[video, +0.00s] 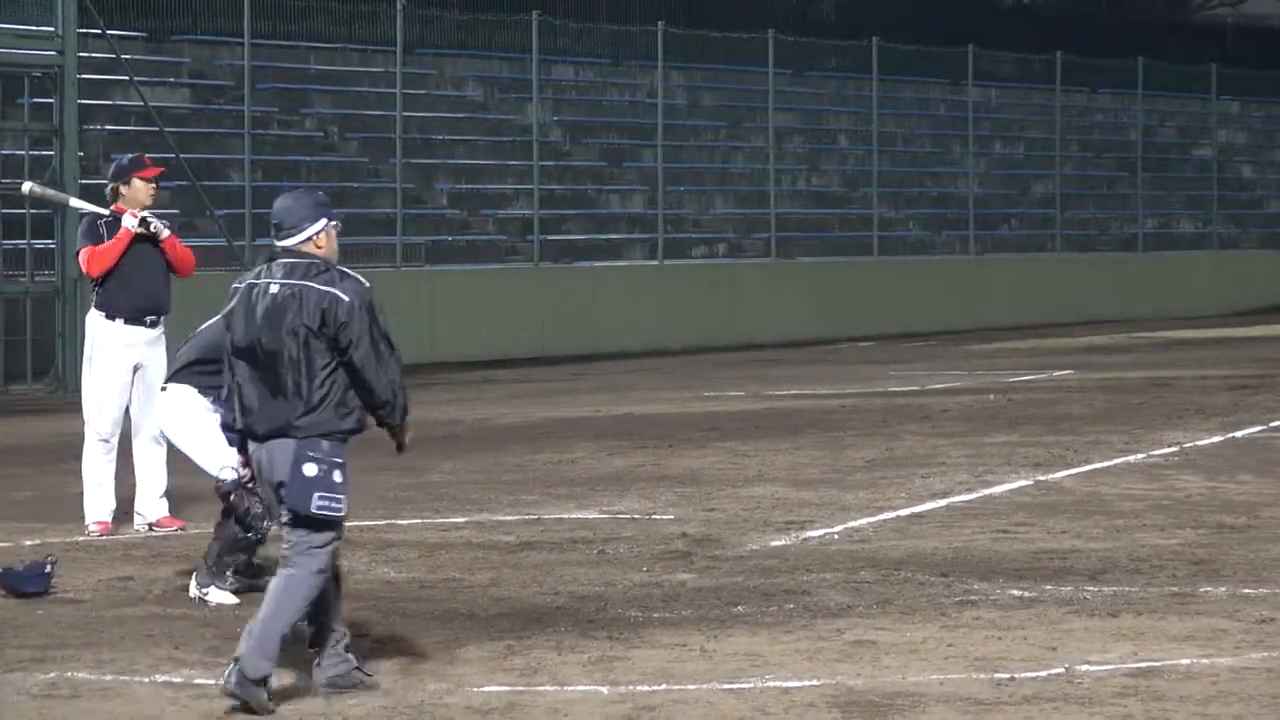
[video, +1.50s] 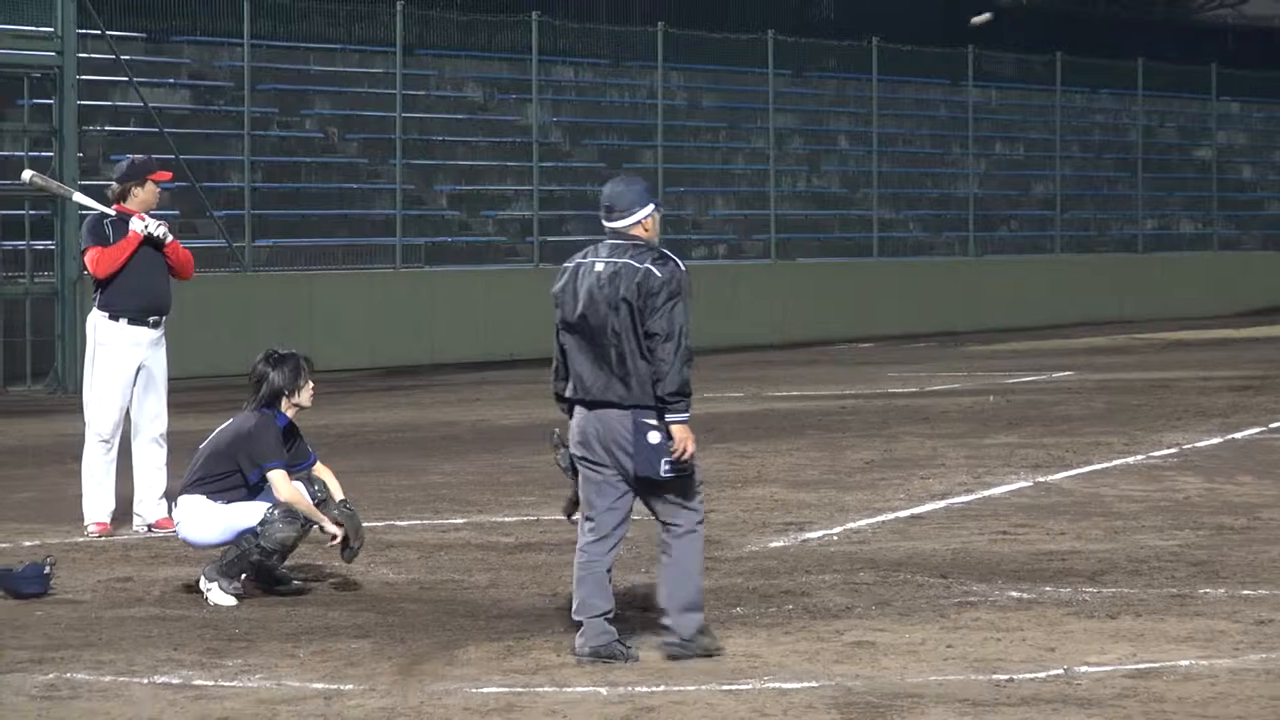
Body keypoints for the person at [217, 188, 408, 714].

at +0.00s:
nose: (337, 236)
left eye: (333, 228)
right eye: (331, 230)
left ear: (286, 238)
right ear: (316, 236)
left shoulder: (250, 290)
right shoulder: (341, 288)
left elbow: (209, 361)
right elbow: (374, 368)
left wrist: (243, 429)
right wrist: (394, 419)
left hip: (265, 446)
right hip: (315, 445)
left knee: (315, 549)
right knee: (309, 554)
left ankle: (334, 660)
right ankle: (249, 669)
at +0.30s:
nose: (396, 228)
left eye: (391, 219)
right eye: (391, 221)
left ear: (344, 229)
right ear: (376, 227)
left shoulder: (309, 278)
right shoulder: (398, 279)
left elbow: (293, 359)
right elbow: (412, 363)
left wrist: (304, 422)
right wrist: (424, 431)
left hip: (324, 436)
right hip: (382, 436)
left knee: (336, 551)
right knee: (419, 538)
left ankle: (329, 670)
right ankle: (400, 659)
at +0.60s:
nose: (476, 230)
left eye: (472, 222)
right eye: (471, 224)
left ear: (426, 231)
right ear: (456, 232)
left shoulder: (387, 278)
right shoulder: (479, 286)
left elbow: (372, 364)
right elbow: (489, 373)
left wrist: (378, 427)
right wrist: (495, 444)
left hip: (397, 433)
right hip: (457, 438)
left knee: (391, 542)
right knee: (482, 552)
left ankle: (351, 634)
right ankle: (488, 655)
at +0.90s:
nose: (540, 222)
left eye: (537, 214)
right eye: (536, 216)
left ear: (492, 221)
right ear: (522, 221)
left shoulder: (450, 267)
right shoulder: (540, 274)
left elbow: (438, 352)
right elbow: (566, 349)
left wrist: (448, 411)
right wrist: (594, 407)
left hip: (461, 419)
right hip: (510, 421)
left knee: (502, 522)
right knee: (506, 535)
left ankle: (498, 622)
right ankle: (487, 652)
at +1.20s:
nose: (597, 232)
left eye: (593, 224)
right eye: (592, 225)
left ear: (548, 231)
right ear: (579, 230)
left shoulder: (515, 280)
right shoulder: (598, 279)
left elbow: (505, 363)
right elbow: (620, 358)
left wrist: (509, 430)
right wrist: (635, 428)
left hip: (530, 426)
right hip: (576, 426)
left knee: (578, 526)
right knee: (580, 528)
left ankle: (595, 635)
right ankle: (511, 626)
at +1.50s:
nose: (658, 222)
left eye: (654, 215)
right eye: (654, 216)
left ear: (610, 220)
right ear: (643, 221)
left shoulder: (573, 269)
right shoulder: (660, 270)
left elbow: (564, 353)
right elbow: (668, 352)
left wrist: (569, 413)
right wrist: (678, 417)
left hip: (589, 417)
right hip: (644, 418)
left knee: (598, 527)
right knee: (681, 518)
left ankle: (593, 634)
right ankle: (685, 630)